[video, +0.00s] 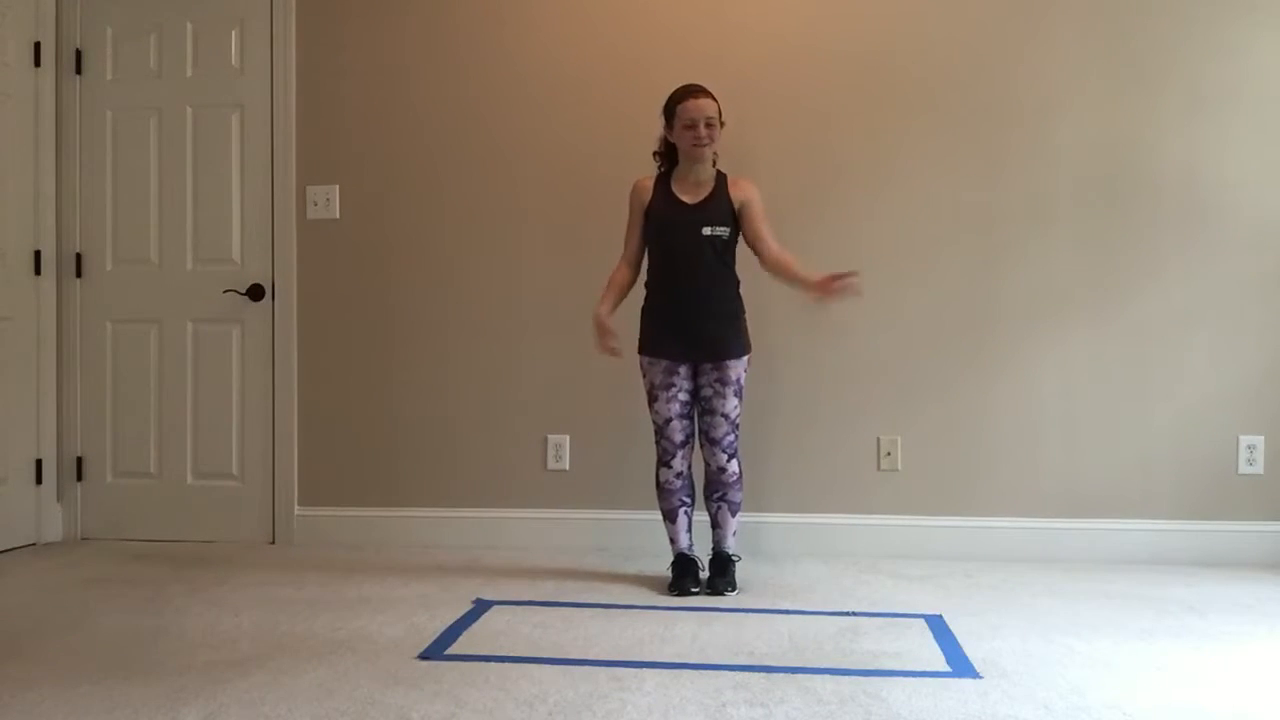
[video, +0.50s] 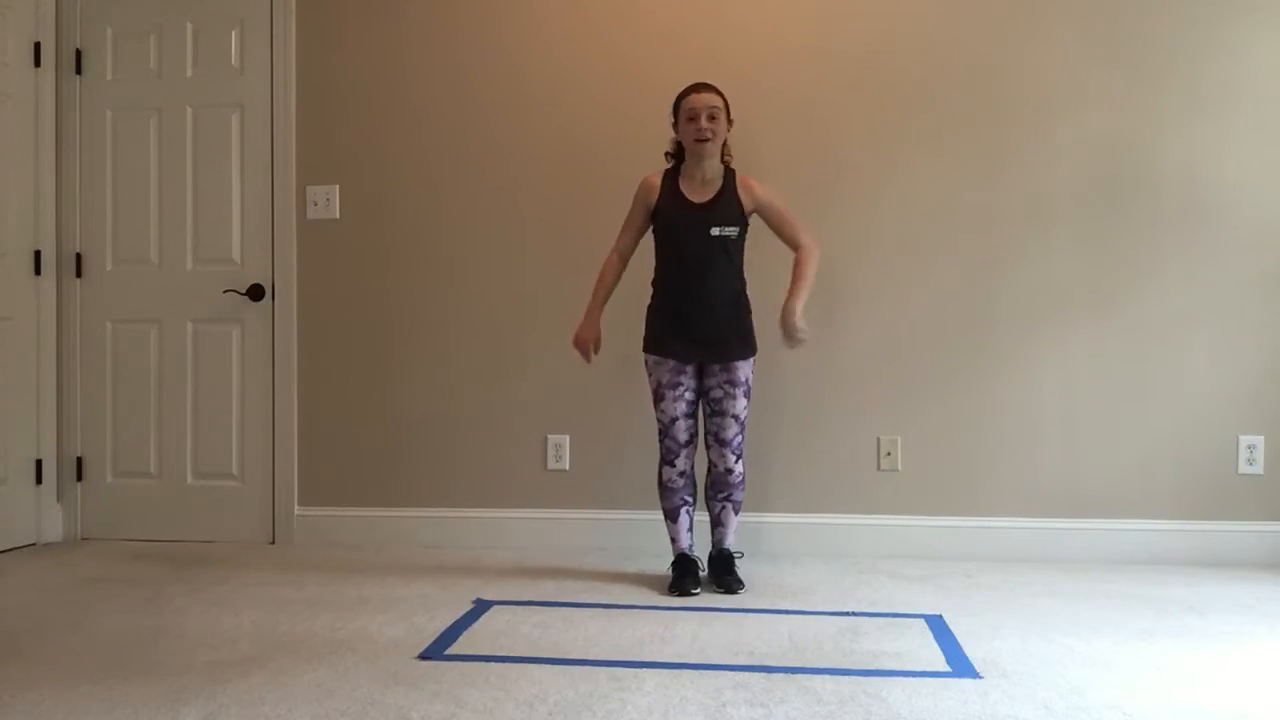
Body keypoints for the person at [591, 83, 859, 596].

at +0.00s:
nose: (702, 131)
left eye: (710, 123)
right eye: (690, 123)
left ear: (721, 129)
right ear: (670, 131)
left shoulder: (739, 192)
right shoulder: (647, 190)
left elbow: (770, 252)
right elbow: (630, 263)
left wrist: (811, 282)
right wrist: (604, 308)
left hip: (723, 341)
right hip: (664, 341)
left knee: (721, 448)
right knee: (672, 450)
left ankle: (724, 555)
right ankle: (683, 556)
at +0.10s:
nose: (701, 132)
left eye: (710, 122)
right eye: (690, 123)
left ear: (722, 128)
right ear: (670, 130)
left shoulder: (739, 190)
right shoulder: (646, 190)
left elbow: (784, 235)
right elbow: (621, 261)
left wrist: (839, 256)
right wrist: (582, 309)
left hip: (723, 340)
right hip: (663, 340)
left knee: (723, 448)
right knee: (673, 449)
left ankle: (725, 554)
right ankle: (682, 556)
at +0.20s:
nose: (700, 129)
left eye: (709, 120)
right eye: (689, 120)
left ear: (721, 127)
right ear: (670, 128)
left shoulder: (737, 190)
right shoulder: (646, 188)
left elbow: (782, 238)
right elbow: (612, 258)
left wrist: (833, 248)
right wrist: (570, 309)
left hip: (724, 337)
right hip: (664, 338)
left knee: (727, 446)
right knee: (673, 448)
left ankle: (725, 553)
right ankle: (683, 557)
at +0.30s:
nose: (698, 125)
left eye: (708, 117)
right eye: (688, 117)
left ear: (721, 128)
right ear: (670, 128)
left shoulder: (740, 190)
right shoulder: (648, 186)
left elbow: (777, 250)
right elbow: (612, 252)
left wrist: (794, 271)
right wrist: (579, 314)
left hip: (728, 339)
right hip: (667, 339)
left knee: (729, 448)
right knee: (675, 450)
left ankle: (725, 551)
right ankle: (683, 557)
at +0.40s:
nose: (698, 124)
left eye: (708, 117)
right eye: (688, 117)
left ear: (723, 127)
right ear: (671, 128)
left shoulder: (741, 190)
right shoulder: (650, 187)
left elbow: (793, 254)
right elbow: (616, 252)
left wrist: (783, 301)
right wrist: (588, 314)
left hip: (729, 339)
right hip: (668, 340)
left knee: (729, 450)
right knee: (675, 450)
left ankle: (725, 552)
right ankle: (683, 557)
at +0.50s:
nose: (702, 123)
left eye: (712, 116)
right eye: (692, 116)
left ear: (727, 126)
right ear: (676, 127)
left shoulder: (746, 189)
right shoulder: (655, 188)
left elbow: (805, 246)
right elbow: (621, 253)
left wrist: (792, 306)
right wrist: (591, 317)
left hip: (730, 342)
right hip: (669, 341)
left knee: (726, 450)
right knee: (676, 449)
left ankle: (724, 554)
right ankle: (684, 558)